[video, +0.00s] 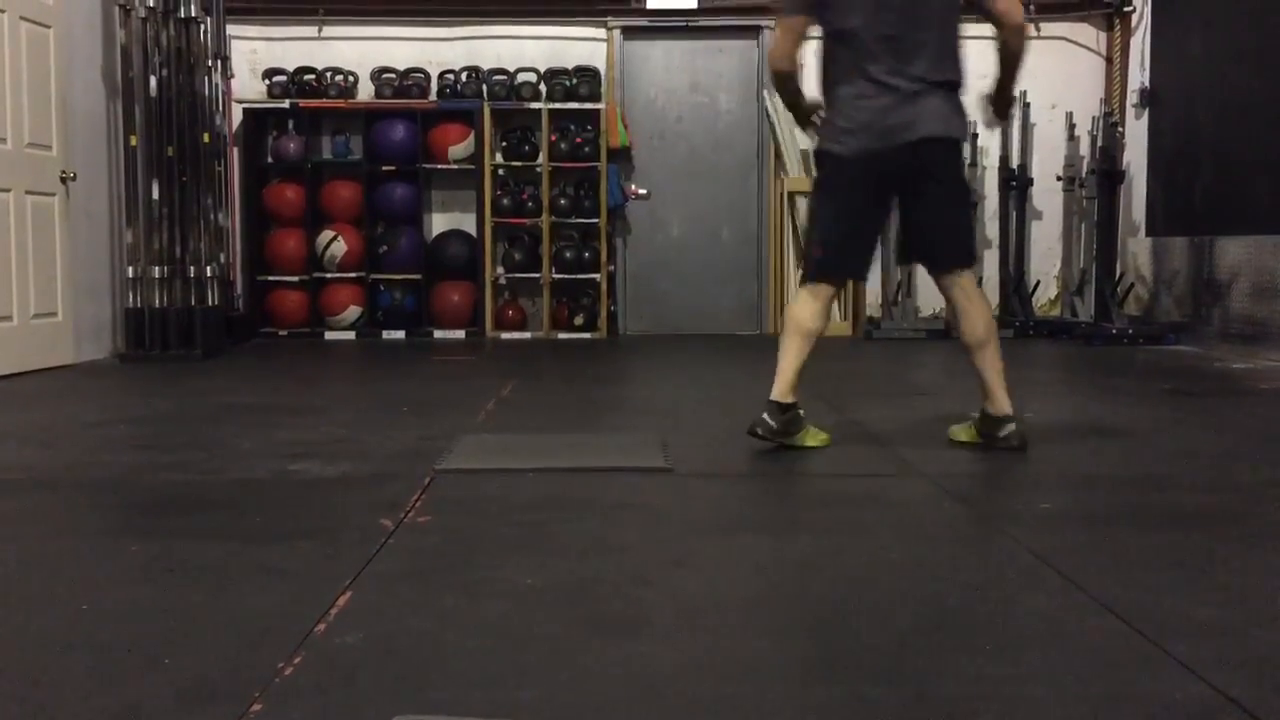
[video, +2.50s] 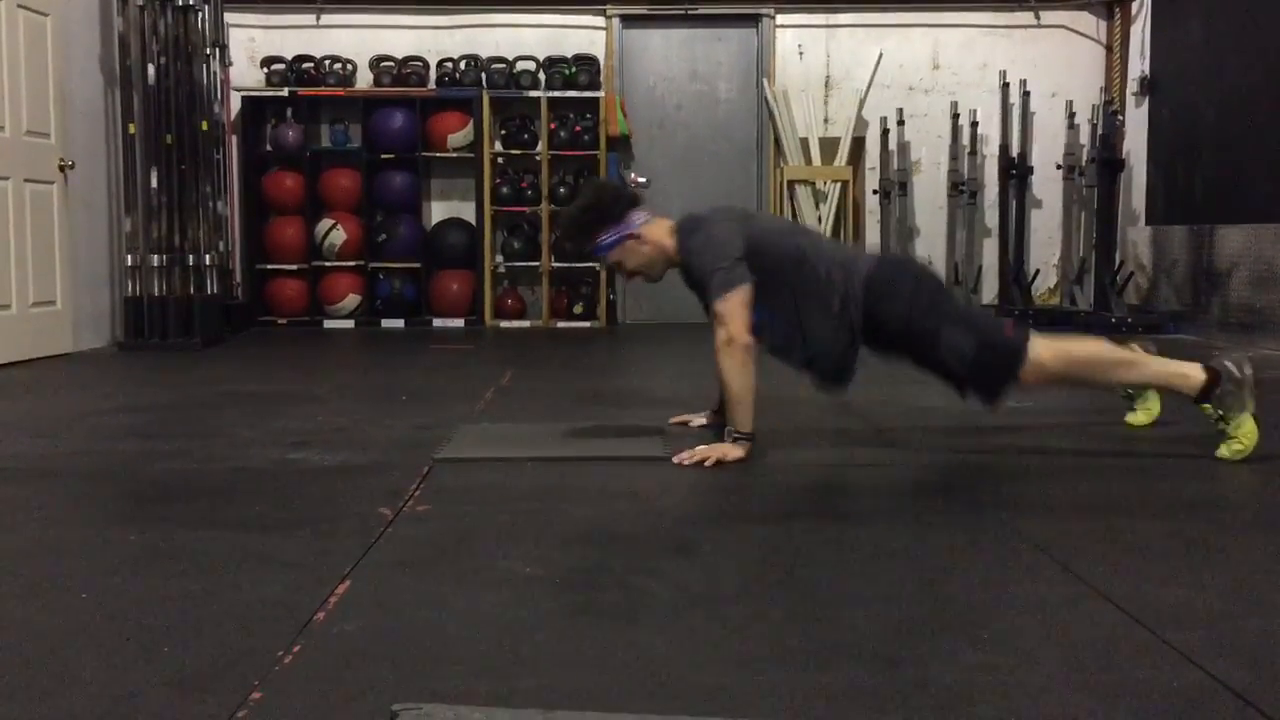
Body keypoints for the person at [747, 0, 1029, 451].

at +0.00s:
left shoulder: (818, 1)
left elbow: (780, 62)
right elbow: (1014, 23)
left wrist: (801, 109)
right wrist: (1004, 90)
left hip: (853, 141)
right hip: (933, 136)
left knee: (819, 283)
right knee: (958, 277)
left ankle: (779, 406)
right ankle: (1001, 414)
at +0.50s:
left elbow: (967, 37)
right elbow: (1016, 35)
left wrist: (960, 141)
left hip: (1012, 128)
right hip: (985, 131)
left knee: (1030, 276)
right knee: (961, 268)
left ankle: (1059, 430)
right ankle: (1004, 408)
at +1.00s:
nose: (794, 192)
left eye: (791, 179)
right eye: (785, 185)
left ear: (817, 150)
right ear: (818, 152)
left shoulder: (886, 163)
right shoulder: (854, 189)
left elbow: (899, 276)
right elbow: (857, 278)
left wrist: (874, 379)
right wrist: (837, 357)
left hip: (1042, 208)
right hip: (991, 218)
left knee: (948, 313)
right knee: (904, 316)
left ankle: (1051, 428)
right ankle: (992, 409)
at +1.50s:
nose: (637, 255)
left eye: (633, 240)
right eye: (628, 246)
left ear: (657, 215)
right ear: (650, 224)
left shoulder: (722, 238)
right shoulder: (700, 249)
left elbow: (743, 347)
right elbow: (734, 342)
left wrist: (738, 447)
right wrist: (729, 422)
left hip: (889, 309)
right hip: (879, 310)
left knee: (1032, 393)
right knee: (1022, 366)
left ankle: (1213, 388)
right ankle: (1173, 377)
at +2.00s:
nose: (603, 419)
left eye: (597, 407)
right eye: (595, 410)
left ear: (616, 384)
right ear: (620, 373)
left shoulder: (672, 379)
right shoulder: (672, 376)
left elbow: (772, 361)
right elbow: (755, 359)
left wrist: (743, 443)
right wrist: (719, 432)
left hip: (875, 406)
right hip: (869, 386)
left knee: (1042, 431)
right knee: (1002, 404)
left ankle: (1199, 378)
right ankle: (1116, 347)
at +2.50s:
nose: (623, 272)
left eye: (615, 259)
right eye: (613, 264)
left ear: (632, 229)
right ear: (632, 232)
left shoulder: (710, 235)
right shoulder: (694, 246)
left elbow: (736, 338)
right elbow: (729, 338)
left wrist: (738, 439)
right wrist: (726, 417)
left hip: (883, 294)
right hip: (875, 303)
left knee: (1020, 357)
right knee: (1006, 349)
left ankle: (1197, 376)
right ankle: (1135, 360)